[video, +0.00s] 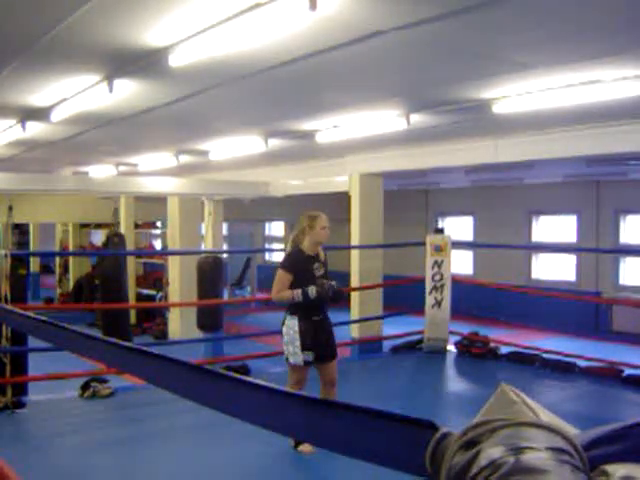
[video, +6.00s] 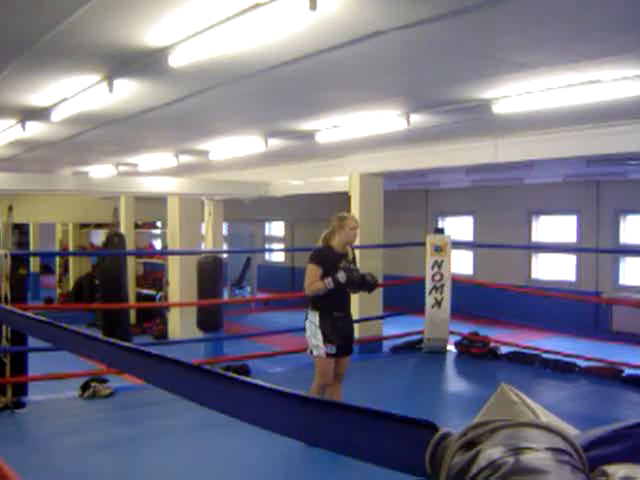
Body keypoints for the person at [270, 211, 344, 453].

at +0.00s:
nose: (327, 233)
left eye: (327, 229)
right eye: (323, 228)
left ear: (321, 231)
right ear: (308, 230)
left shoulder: (321, 256)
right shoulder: (293, 258)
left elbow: (319, 285)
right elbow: (277, 294)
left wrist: (330, 289)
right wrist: (307, 292)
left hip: (320, 318)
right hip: (298, 320)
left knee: (330, 380)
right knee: (297, 380)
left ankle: (326, 431)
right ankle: (297, 434)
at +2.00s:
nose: (346, 234)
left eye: (346, 229)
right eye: (342, 229)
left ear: (336, 230)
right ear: (328, 229)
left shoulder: (334, 258)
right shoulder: (312, 255)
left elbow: (331, 289)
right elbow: (296, 289)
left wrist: (349, 290)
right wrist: (328, 289)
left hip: (334, 317)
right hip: (315, 318)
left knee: (334, 378)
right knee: (309, 379)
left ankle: (329, 429)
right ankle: (299, 431)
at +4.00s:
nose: (347, 233)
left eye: (347, 229)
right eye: (343, 228)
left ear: (338, 230)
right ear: (329, 230)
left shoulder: (336, 258)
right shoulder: (314, 256)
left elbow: (333, 288)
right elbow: (298, 290)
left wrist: (350, 291)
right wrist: (329, 289)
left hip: (335, 318)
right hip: (316, 319)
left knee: (334, 378)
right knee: (309, 379)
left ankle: (329, 428)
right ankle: (299, 431)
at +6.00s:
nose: (355, 233)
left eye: (356, 229)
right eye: (352, 229)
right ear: (339, 230)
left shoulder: (350, 254)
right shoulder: (320, 255)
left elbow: (348, 284)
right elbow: (309, 288)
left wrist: (363, 282)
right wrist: (335, 280)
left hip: (343, 314)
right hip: (321, 314)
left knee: (338, 376)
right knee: (324, 376)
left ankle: (333, 419)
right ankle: (309, 418)